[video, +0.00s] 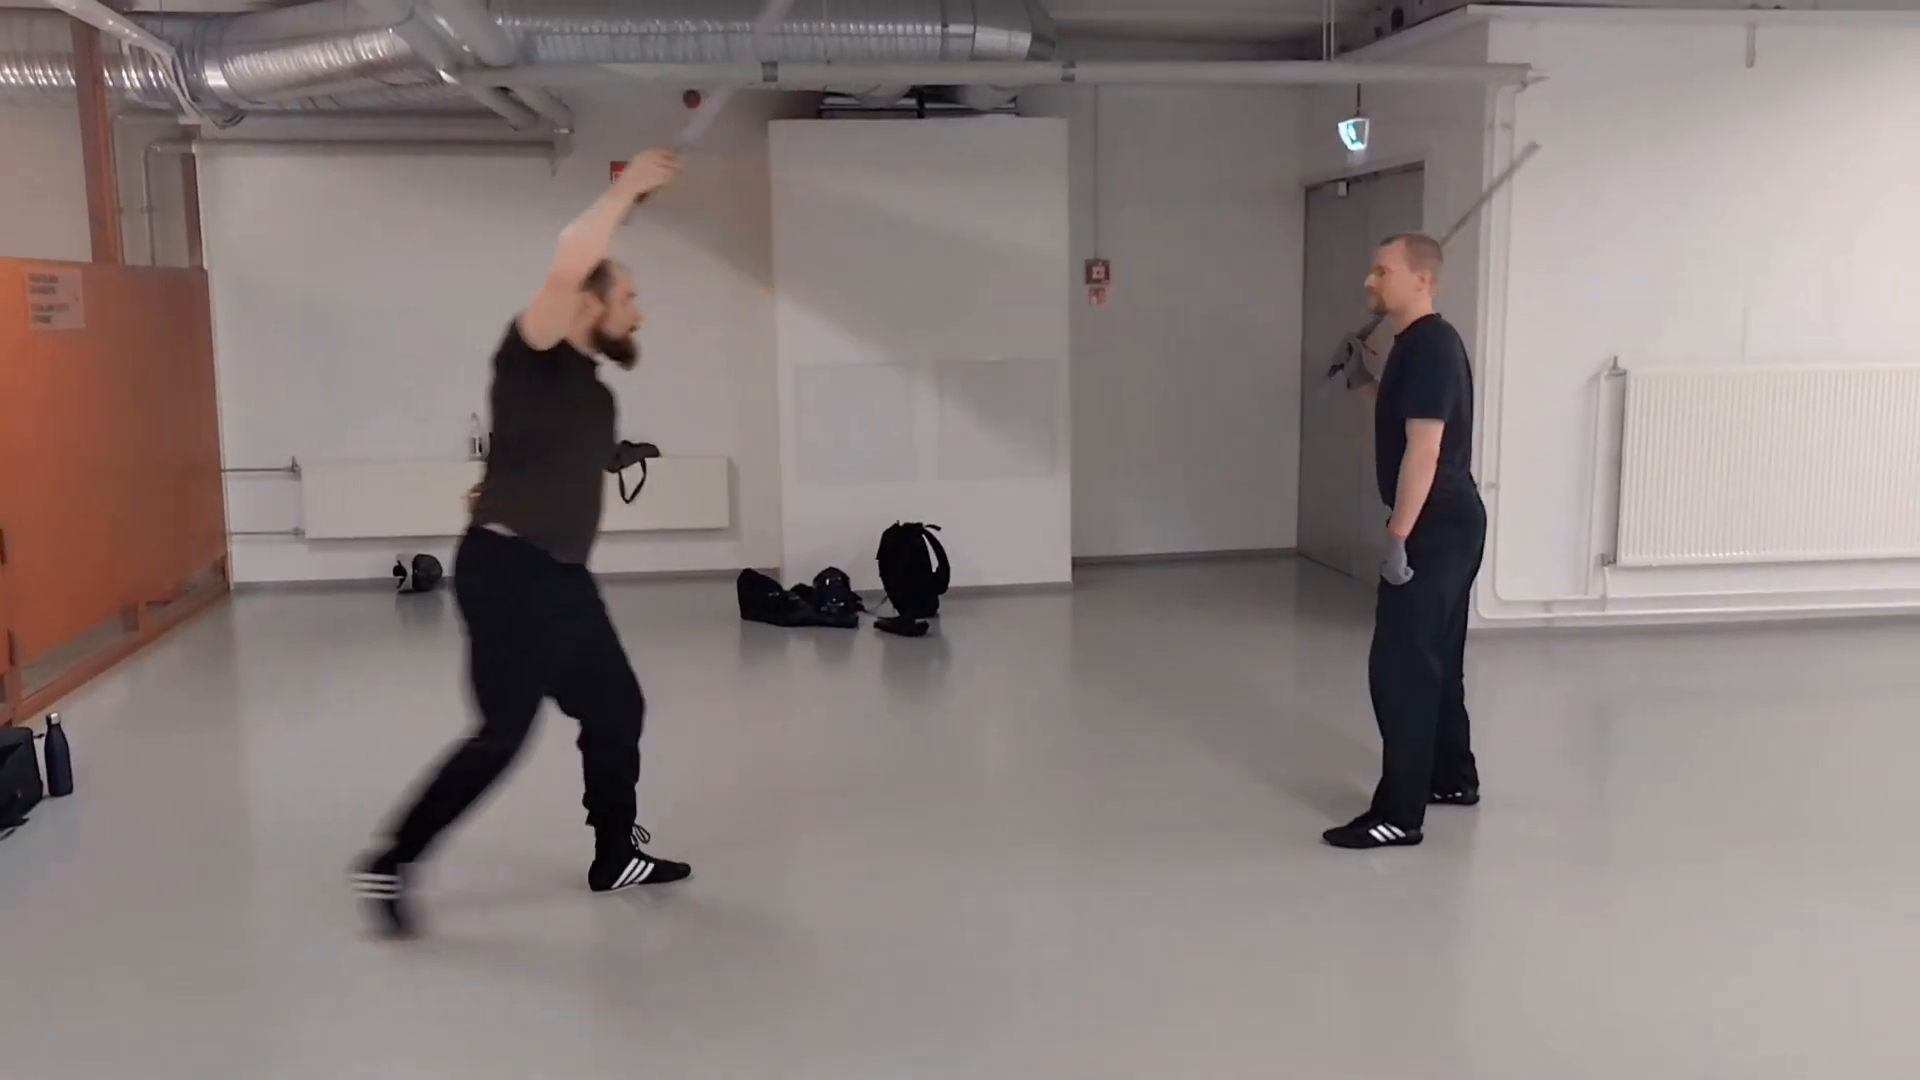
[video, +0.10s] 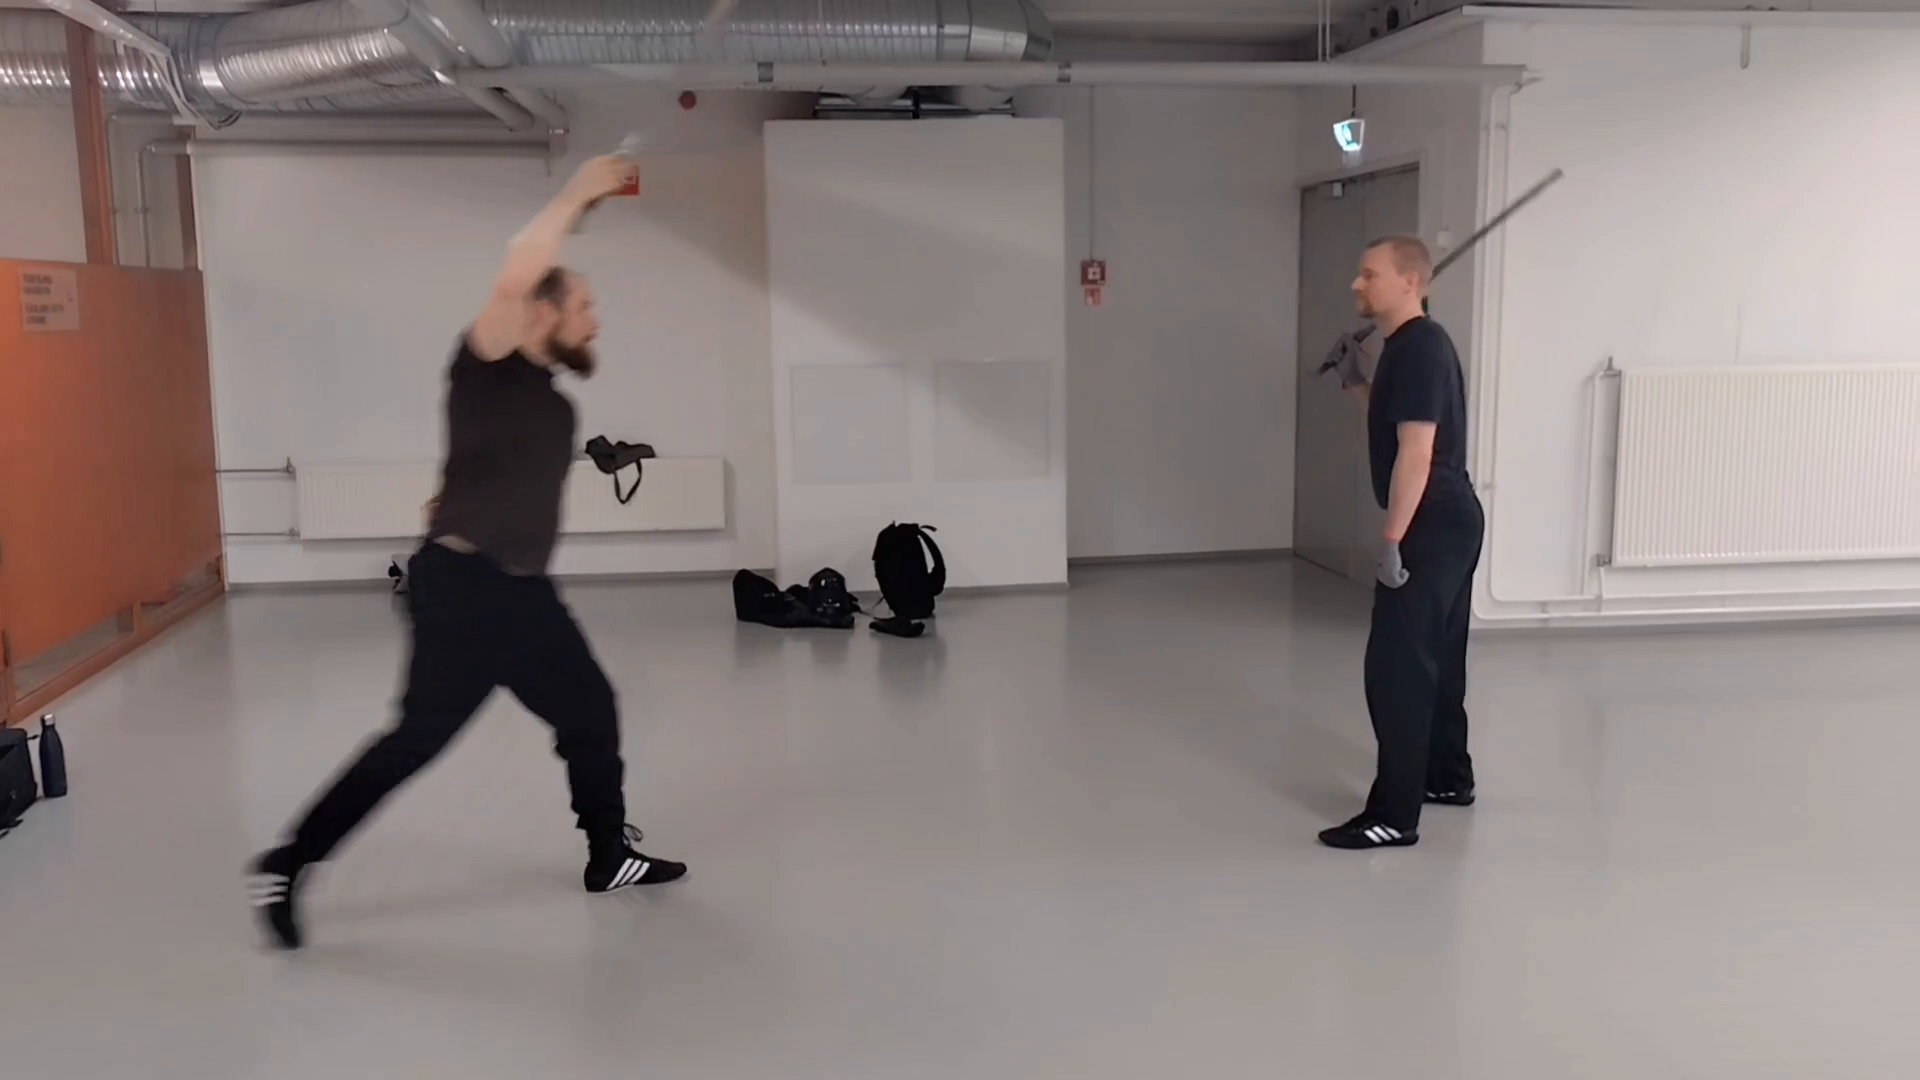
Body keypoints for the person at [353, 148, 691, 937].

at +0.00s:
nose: (638, 311)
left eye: (637, 299)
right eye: (629, 298)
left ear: (602, 311)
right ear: (590, 301)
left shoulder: (585, 379)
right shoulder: (536, 353)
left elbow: (543, 467)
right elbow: (569, 269)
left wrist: (491, 499)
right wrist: (627, 187)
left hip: (556, 574)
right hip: (504, 567)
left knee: (615, 706)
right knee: (505, 728)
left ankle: (616, 853)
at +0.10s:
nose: (595, 320)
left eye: (594, 307)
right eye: (586, 307)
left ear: (562, 318)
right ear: (544, 311)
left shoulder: (542, 392)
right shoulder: (490, 365)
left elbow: (492, 478)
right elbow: (518, 282)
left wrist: (446, 523)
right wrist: (580, 192)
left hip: (521, 590)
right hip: (460, 583)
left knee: (590, 711)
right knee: (421, 734)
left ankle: (609, 855)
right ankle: (287, 865)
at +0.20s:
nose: (545, 331)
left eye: (543, 318)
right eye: (534, 318)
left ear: (506, 331)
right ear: (491, 322)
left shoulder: (505, 410)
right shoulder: (430, 380)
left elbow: (501, 508)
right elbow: (452, 291)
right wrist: (516, 206)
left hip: (477, 606)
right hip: (405, 601)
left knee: (553, 724)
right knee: (352, 747)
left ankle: (600, 855)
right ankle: (232, 888)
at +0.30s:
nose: (494, 338)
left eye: (492, 325)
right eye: (482, 323)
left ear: (456, 333)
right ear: (436, 327)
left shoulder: (462, 427)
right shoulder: (371, 383)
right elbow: (381, 296)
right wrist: (452, 211)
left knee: (498, 732)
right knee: (305, 760)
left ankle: (579, 851)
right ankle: (217, 899)